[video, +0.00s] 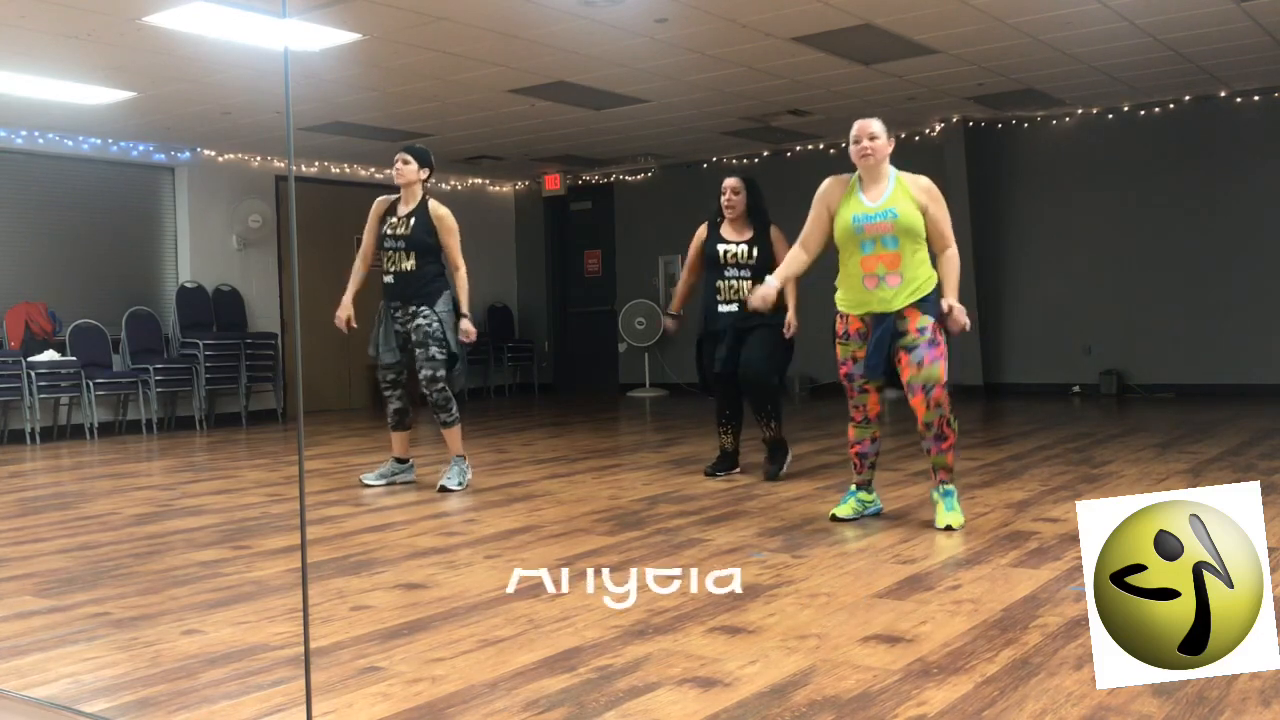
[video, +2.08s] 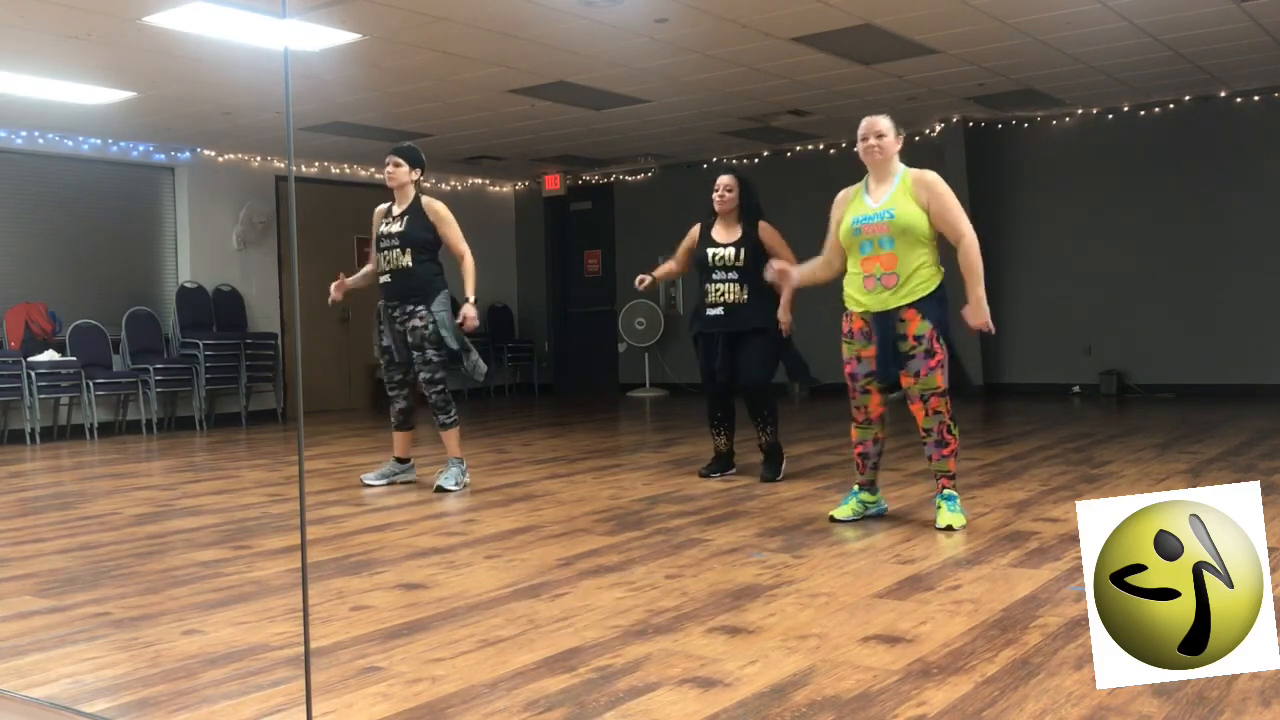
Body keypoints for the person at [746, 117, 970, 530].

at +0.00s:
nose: (864, 145)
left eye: (872, 137)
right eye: (856, 140)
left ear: (891, 144)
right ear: (849, 150)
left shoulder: (920, 188)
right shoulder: (834, 190)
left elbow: (946, 247)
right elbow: (804, 248)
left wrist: (950, 296)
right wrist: (774, 280)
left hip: (915, 311)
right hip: (856, 316)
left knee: (931, 397)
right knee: (861, 407)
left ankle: (945, 490)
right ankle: (863, 492)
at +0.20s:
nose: (879, 141)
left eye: (887, 133)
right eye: (872, 136)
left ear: (907, 140)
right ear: (865, 147)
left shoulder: (930, 188)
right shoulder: (849, 184)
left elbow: (954, 250)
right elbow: (827, 243)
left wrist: (936, 253)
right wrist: (816, 295)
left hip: (924, 307)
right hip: (866, 310)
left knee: (933, 400)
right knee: (859, 398)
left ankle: (946, 494)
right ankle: (863, 489)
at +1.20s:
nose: (849, 145)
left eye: (856, 138)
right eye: (841, 141)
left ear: (873, 148)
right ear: (831, 156)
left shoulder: (903, 184)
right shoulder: (822, 207)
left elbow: (938, 238)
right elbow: (810, 270)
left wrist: (955, 292)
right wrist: (787, 246)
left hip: (907, 311)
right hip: (847, 319)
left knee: (934, 385)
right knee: (851, 406)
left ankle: (930, 489)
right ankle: (865, 491)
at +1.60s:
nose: (873, 138)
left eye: (884, 131)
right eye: (869, 134)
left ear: (907, 139)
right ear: (864, 145)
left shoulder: (928, 188)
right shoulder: (849, 187)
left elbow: (952, 250)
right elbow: (814, 243)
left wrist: (932, 270)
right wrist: (790, 289)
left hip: (919, 310)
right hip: (864, 313)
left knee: (934, 403)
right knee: (863, 402)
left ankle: (949, 494)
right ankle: (867, 491)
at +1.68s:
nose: (880, 140)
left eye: (889, 133)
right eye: (876, 135)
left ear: (914, 142)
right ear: (872, 146)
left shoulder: (933, 189)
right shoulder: (858, 189)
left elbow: (954, 247)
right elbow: (848, 245)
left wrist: (915, 272)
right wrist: (843, 298)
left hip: (930, 309)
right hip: (875, 312)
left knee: (938, 401)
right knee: (834, 382)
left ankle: (949, 494)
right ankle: (859, 473)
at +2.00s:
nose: (873, 142)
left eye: (882, 134)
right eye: (868, 137)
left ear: (906, 140)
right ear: (864, 148)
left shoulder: (930, 182)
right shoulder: (855, 195)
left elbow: (956, 242)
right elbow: (854, 257)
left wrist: (964, 304)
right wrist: (830, 300)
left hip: (921, 309)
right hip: (867, 313)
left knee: (933, 402)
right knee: (861, 400)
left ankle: (948, 495)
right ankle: (867, 491)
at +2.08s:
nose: (871, 142)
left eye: (879, 135)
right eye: (864, 138)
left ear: (898, 142)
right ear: (857, 148)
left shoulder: (924, 184)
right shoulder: (845, 200)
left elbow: (966, 238)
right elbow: (831, 262)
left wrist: (977, 298)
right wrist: (795, 273)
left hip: (917, 310)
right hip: (861, 315)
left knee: (930, 402)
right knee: (864, 404)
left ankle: (947, 494)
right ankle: (867, 492)